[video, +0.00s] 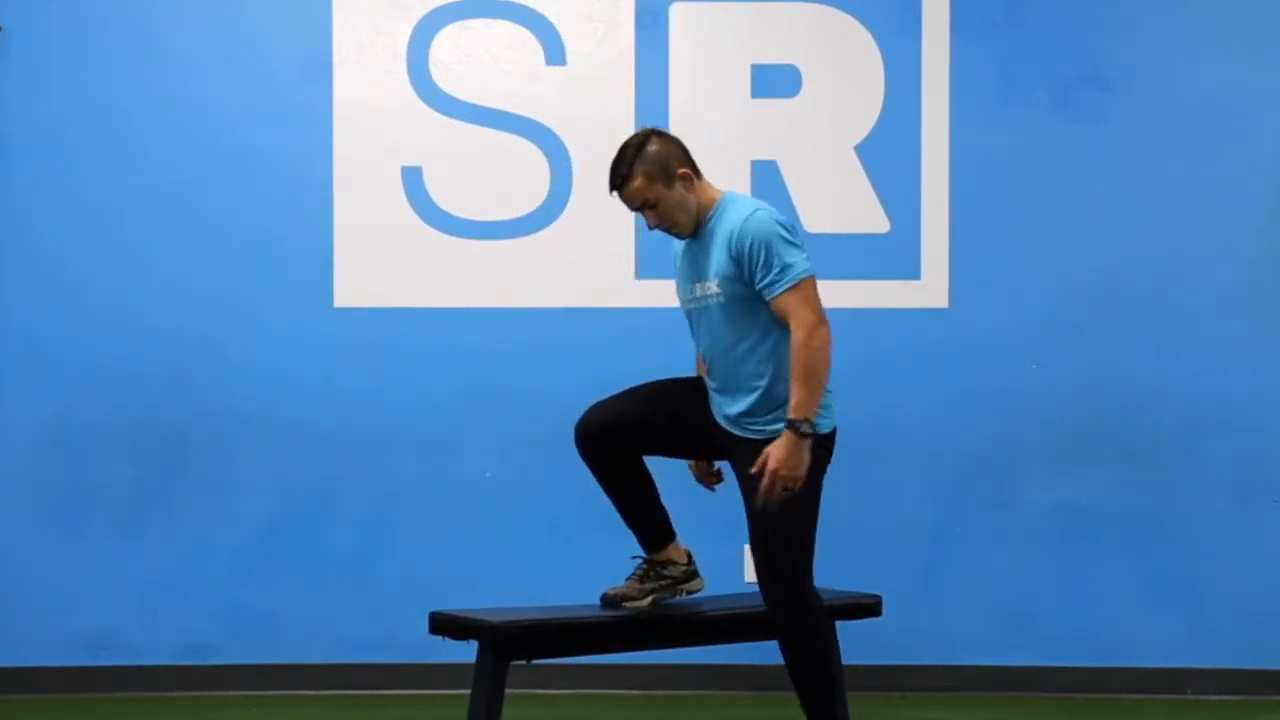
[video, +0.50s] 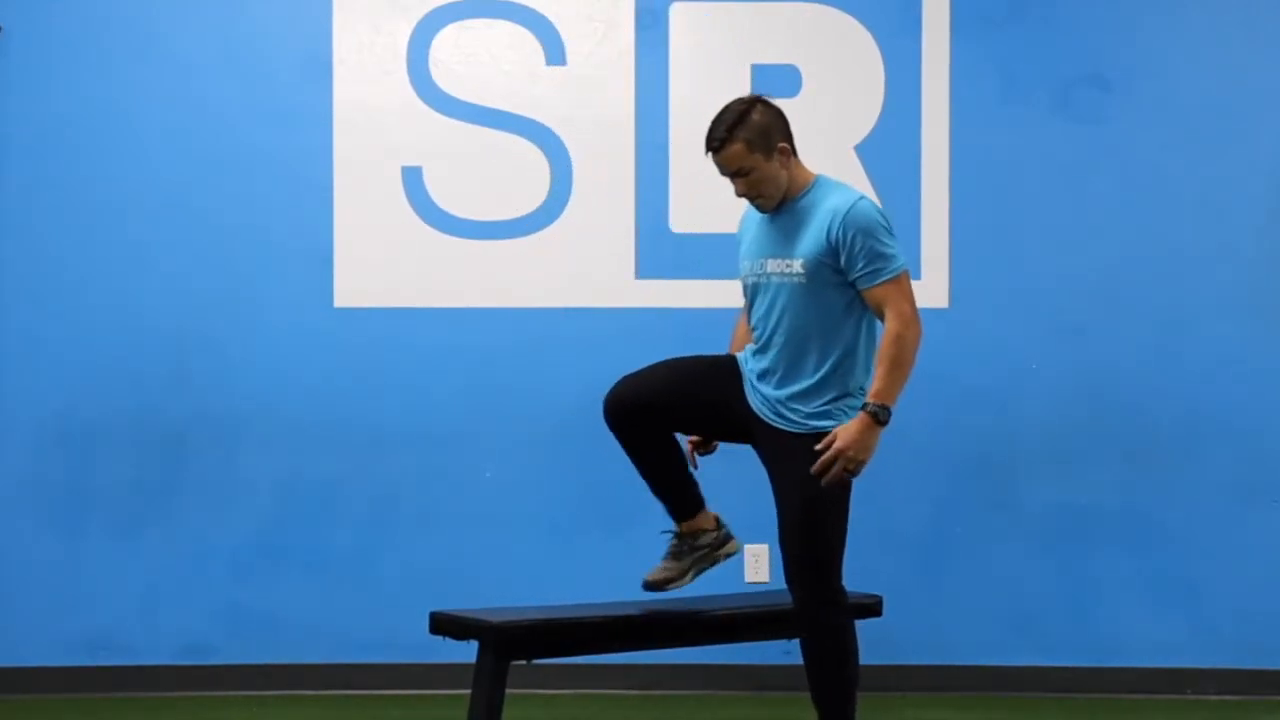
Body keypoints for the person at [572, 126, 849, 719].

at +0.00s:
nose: (649, 222)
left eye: (650, 206)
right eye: (641, 212)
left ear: (685, 179)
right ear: (675, 184)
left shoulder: (753, 228)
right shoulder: (694, 245)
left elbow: (811, 324)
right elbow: (711, 349)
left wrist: (798, 433)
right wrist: (701, 438)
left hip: (779, 430)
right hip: (719, 411)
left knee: (788, 595)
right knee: (601, 431)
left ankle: (829, 713)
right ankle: (667, 561)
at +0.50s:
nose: (737, 188)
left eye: (742, 173)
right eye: (729, 176)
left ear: (784, 154)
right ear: (728, 167)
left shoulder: (850, 215)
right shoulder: (756, 220)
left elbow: (903, 320)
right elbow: (752, 320)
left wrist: (872, 418)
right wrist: (714, 414)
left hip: (814, 427)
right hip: (751, 390)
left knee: (815, 591)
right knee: (630, 404)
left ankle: (836, 715)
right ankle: (697, 529)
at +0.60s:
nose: (745, 184)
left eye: (751, 169)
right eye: (737, 171)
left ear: (792, 151)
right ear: (739, 162)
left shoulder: (854, 214)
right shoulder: (763, 214)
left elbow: (904, 319)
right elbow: (761, 312)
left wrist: (870, 416)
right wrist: (733, 380)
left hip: (817, 426)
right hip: (754, 394)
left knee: (817, 588)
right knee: (640, 425)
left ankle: (837, 714)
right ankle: (745, 539)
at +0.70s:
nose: (749, 184)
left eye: (756, 169)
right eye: (741, 172)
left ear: (797, 151)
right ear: (741, 163)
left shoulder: (860, 215)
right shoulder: (767, 212)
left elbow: (905, 322)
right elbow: (766, 314)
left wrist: (873, 418)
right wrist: (727, 394)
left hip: (825, 428)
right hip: (757, 407)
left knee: (823, 597)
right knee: (662, 482)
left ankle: (839, 715)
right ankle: (765, 605)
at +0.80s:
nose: (752, 185)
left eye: (759, 170)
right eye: (744, 173)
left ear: (798, 149)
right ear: (747, 163)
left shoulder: (863, 216)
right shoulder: (766, 216)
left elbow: (908, 324)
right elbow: (766, 321)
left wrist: (880, 419)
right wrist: (723, 408)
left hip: (827, 434)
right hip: (753, 424)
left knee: (825, 599)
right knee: (699, 537)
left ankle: (840, 715)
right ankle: (778, 675)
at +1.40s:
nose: (755, 190)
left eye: (762, 176)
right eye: (747, 178)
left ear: (802, 157)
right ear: (743, 165)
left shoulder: (866, 222)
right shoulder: (766, 213)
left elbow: (920, 329)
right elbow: (776, 323)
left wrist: (909, 427)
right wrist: (737, 405)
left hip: (841, 432)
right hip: (765, 428)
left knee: (830, 590)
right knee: (721, 560)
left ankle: (842, 714)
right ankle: (784, 708)